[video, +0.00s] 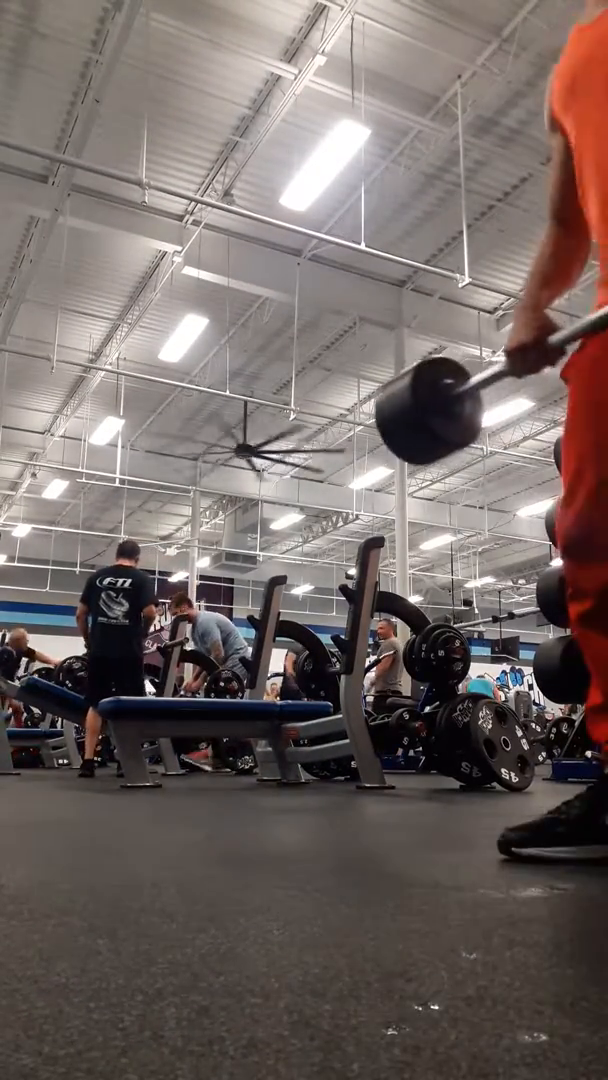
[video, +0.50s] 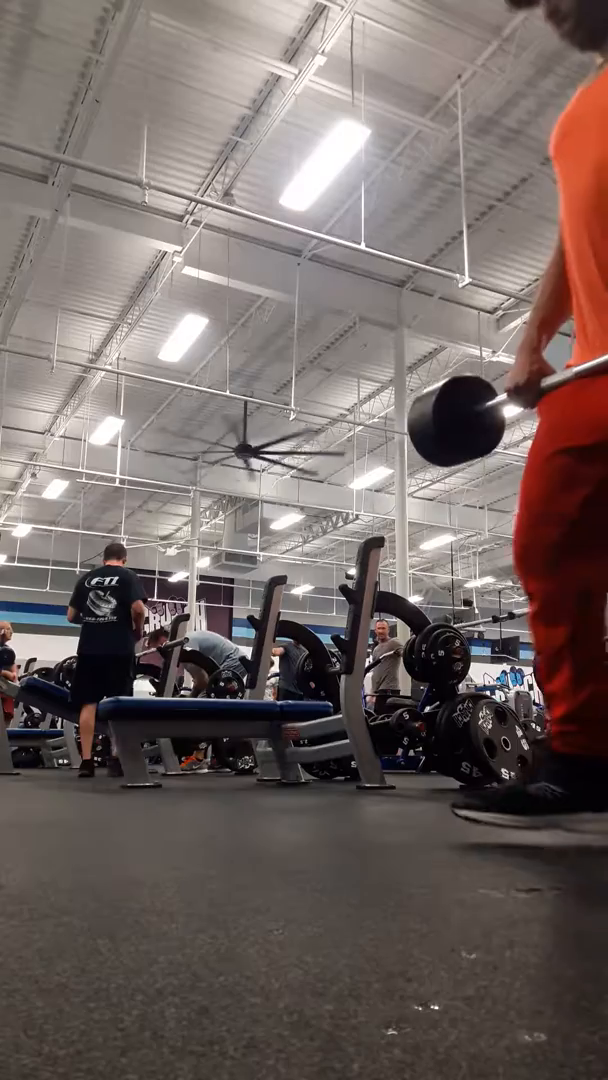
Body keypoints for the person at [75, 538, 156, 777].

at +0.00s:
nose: (135, 564)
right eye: (137, 561)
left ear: (116, 556)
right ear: (137, 559)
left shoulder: (98, 576)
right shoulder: (142, 579)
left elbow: (81, 613)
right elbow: (149, 611)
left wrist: (87, 640)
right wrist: (145, 628)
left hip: (99, 650)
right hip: (128, 651)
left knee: (95, 704)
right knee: (131, 705)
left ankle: (88, 760)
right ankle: (129, 762)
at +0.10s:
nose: (129, 562)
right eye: (133, 559)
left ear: (112, 556)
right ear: (132, 558)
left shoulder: (94, 577)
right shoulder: (139, 579)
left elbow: (77, 613)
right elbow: (147, 611)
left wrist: (88, 636)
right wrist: (141, 632)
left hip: (97, 650)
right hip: (125, 651)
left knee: (93, 705)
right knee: (127, 705)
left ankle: (87, 760)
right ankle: (127, 762)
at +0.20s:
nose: (123, 562)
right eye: (127, 559)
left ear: (108, 557)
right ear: (129, 559)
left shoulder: (90, 577)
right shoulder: (134, 578)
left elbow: (74, 614)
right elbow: (144, 610)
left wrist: (88, 631)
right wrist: (141, 627)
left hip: (93, 649)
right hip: (122, 650)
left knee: (91, 703)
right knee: (124, 704)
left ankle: (87, 760)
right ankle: (126, 760)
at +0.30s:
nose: (122, 563)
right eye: (125, 560)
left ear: (105, 557)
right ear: (126, 559)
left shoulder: (88, 577)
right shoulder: (131, 577)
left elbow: (72, 614)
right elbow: (141, 609)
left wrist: (87, 630)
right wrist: (140, 628)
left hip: (91, 649)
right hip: (120, 649)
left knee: (88, 703)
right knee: (123, 704)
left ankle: (86, 760)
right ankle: (127, 761)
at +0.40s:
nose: (123, 563)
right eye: (124, 560)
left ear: (104, 558)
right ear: (124, 559)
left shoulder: (86, 578)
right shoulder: (129, 577)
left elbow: (71, 615)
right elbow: (138, 608)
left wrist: (86, 626)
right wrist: (140, 626)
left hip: (89, 649)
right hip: (119, 649)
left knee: (88, 703)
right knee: (122, 704)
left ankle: (86, 760)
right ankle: (126, 760)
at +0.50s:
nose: (123, 563)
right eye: (124, 560)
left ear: (103, 559)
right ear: (124, 559)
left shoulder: (86, 578)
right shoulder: (129, 576)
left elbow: (72, 615)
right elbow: (138, 608)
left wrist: (92, 618)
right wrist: (138, 628)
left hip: (89, 650)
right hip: (119, 651)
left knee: (88, 704)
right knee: (120, 704)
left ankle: (86, 760)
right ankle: (117, 758)